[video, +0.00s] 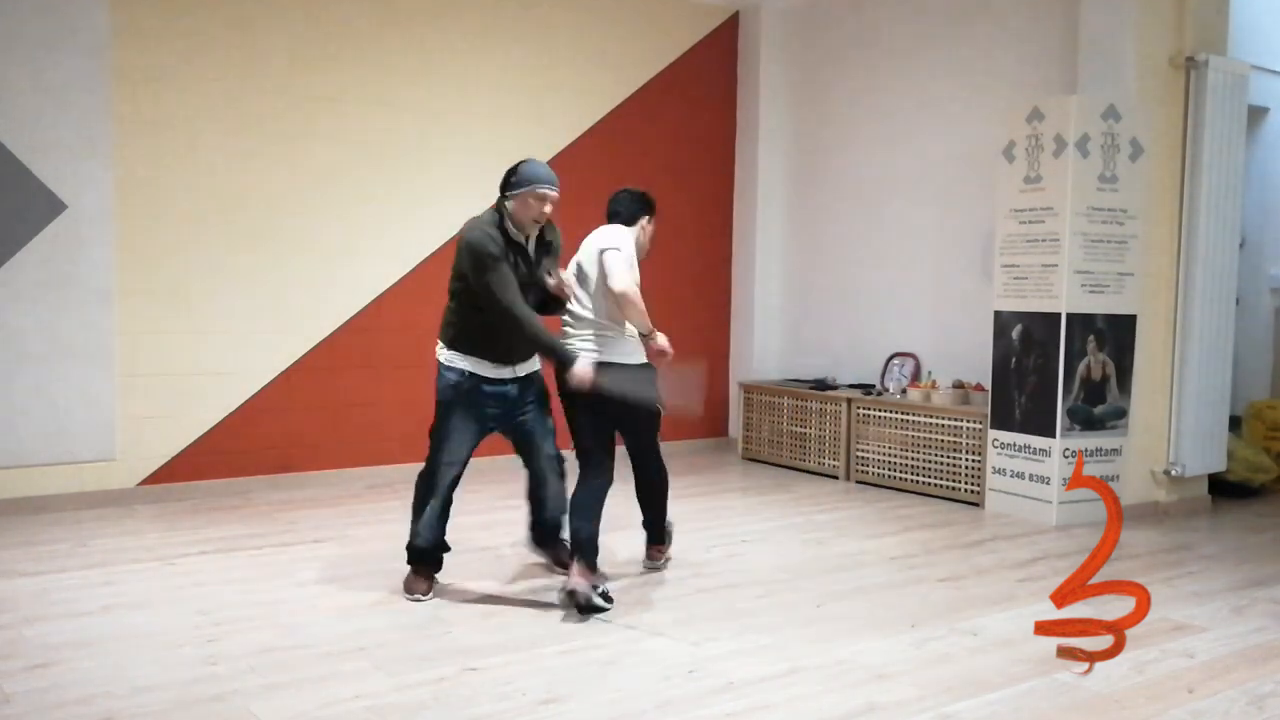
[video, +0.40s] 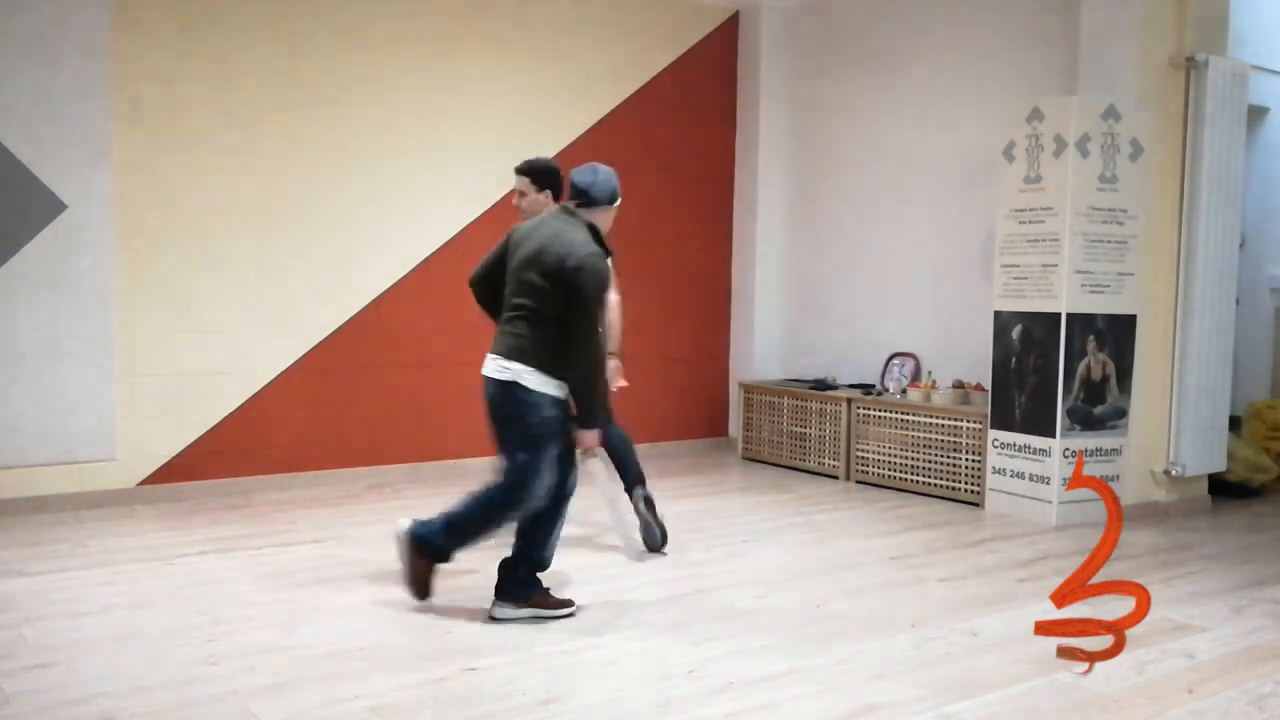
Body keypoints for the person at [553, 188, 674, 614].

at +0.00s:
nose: (651, 239)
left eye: (652, 232)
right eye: (652, 230)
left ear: (612, 218)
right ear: (644, 223)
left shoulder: (585, 249)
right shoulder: (620, 239)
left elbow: (568, 297)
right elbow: (622, 290)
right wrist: (652, 332)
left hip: (578, 369)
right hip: (624, 370)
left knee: (594, 468)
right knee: (647, 458)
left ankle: (581, 571)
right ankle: (657, 543)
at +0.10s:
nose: (639, 223)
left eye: (636, 218)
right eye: (638, 218)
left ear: (597, 218)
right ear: (634, 219)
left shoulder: (570, 258)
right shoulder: (632, 247)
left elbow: (562, 318)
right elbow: (628, 299)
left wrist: (566, 388)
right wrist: (661, 352)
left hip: (577, 371)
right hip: (625, 367)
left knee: (604, 456)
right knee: (646, 447)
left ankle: (593, 524)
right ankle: (653, 540)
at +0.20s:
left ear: (572, 208)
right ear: (610, 210)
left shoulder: (552, 249)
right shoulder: (634, 248)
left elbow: (535, 315)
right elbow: (651, 310)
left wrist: (537, 374)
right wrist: (663, 371)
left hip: (568, 367)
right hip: (623, 361)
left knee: (587, 444)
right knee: (634, 442)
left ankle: (606, 504)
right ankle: (651, 537)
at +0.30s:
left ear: (562, 205)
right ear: (598, 204)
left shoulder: (547, 242)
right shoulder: (618, 243)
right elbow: (645, 303)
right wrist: (644, 362)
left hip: (555, 353)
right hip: (603, 348)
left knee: (550, 433)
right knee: (623, 434)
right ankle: (645, 522)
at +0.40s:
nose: (514, 200)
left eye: (521, 193)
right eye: (515, 192)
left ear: (546, 195)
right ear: (543, 195)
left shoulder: (577, 235)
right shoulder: (531, 236)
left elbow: (611, 296)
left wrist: (611, 355)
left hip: (575, 358)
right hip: (543, 359)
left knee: (602, 425)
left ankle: (637, 491)